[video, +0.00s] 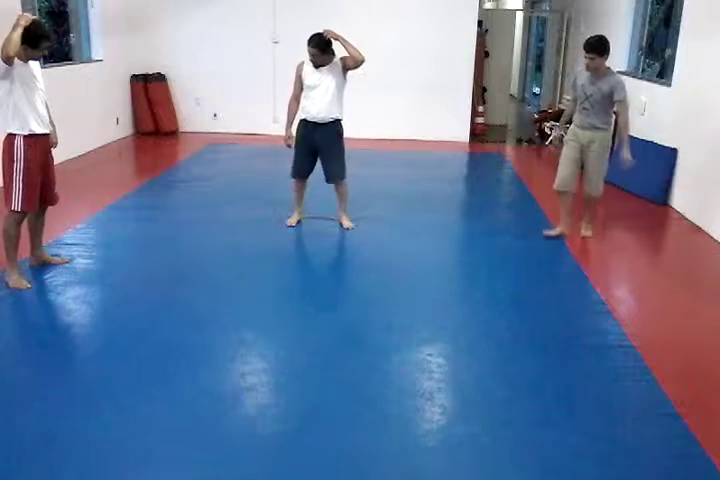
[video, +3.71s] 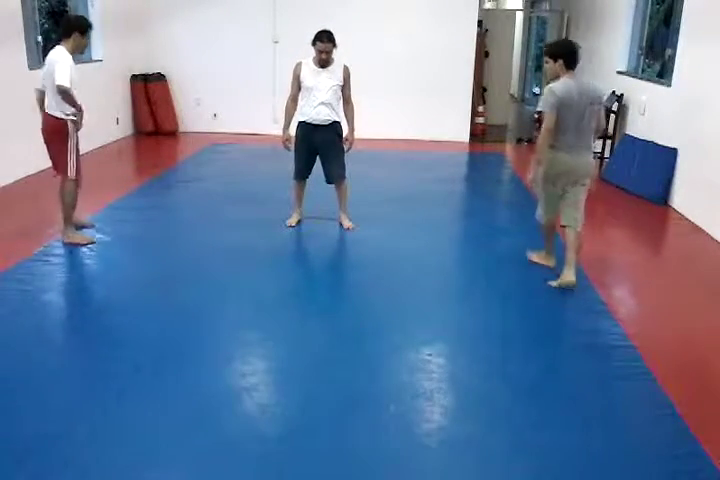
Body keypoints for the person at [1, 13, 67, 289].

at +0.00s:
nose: (37, 58)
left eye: (40, 55)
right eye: (35, 53)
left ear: (39, 48)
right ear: (23, 45)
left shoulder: (33, 63)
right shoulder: (7, 64)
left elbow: (41, 99)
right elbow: (8, 54)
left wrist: (51, 129)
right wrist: (18, 26)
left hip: (40, 136)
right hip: (19, 138)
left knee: (41, 202)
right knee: (18, 207)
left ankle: (38, 252)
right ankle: (11, 268)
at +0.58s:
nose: (46, 45)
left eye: (46, 40)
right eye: (42, 39)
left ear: (33, 39)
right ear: (27, 36)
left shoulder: (33, 64)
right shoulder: (7, 62)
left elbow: (38, 100)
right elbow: (1, 78)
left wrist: (49, 129)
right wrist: (17, 54)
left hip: (38, 138)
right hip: (15, 140)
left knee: (40, 202)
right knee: (16, 208)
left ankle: (37, 252)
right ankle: (11, 268)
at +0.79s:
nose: (46, 47)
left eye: (46, 41)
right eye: (43, 42)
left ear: (27, 42)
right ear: (25, 41)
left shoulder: (32, 64)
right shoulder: (5, 66)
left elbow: (37, 100)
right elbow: (1, 91)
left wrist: (49, 129)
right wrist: (18, 95)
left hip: (38, 139)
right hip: (15, 141)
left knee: (40, 202)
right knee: (16, 208)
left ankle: (37, 253)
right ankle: (11, 268)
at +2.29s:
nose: (49, 44)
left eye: (48, 38)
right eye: (46, 38)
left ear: (29, 40)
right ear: (32, 40)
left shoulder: (29, 67)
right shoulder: (12, 68)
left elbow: (28, 105)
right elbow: (8, 106)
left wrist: (42, 133)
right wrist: (34, 135)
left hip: (41, 142)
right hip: (25, 144)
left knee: (50, 199)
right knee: (26, 208)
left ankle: (44, 249)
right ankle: (14, 267)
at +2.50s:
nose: (51, 46)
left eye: (52, 41)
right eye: (51, 40)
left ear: (29, 37)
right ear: (42, 39)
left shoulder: (17, 61)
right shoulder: (26, 65)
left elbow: (9, 93)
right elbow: (30, 102)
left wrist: (35, 118)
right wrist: (49, 130)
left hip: (27, 136)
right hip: (36, 138)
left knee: (41, 198)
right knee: (59, 198)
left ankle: (42, 249)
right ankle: (36, 252)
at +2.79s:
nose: (61, 47)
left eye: (62, 42)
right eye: (61, 42)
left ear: (37, 37)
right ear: (55, 40)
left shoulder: (20, 62)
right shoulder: (48, 63)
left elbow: (2, 93)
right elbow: (61, 97)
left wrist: (20, 118)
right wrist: (67, 123)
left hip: (26, 136)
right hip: (49, 136)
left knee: (40, 193)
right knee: (76, 184)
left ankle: (41, 250)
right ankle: (72, 240)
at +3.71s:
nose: (87, 44)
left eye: (87, 39)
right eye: (86, 38)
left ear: (71, 35)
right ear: (76, 36)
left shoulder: (54, 55)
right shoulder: (63, 56)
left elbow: (40, 91)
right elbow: (62, 87)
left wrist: (47, 116)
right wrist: (78, 107)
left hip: (53, 119)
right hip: (62, 121)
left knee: (68, 172)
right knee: (70, 175)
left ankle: (71, 218)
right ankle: (68, 231)